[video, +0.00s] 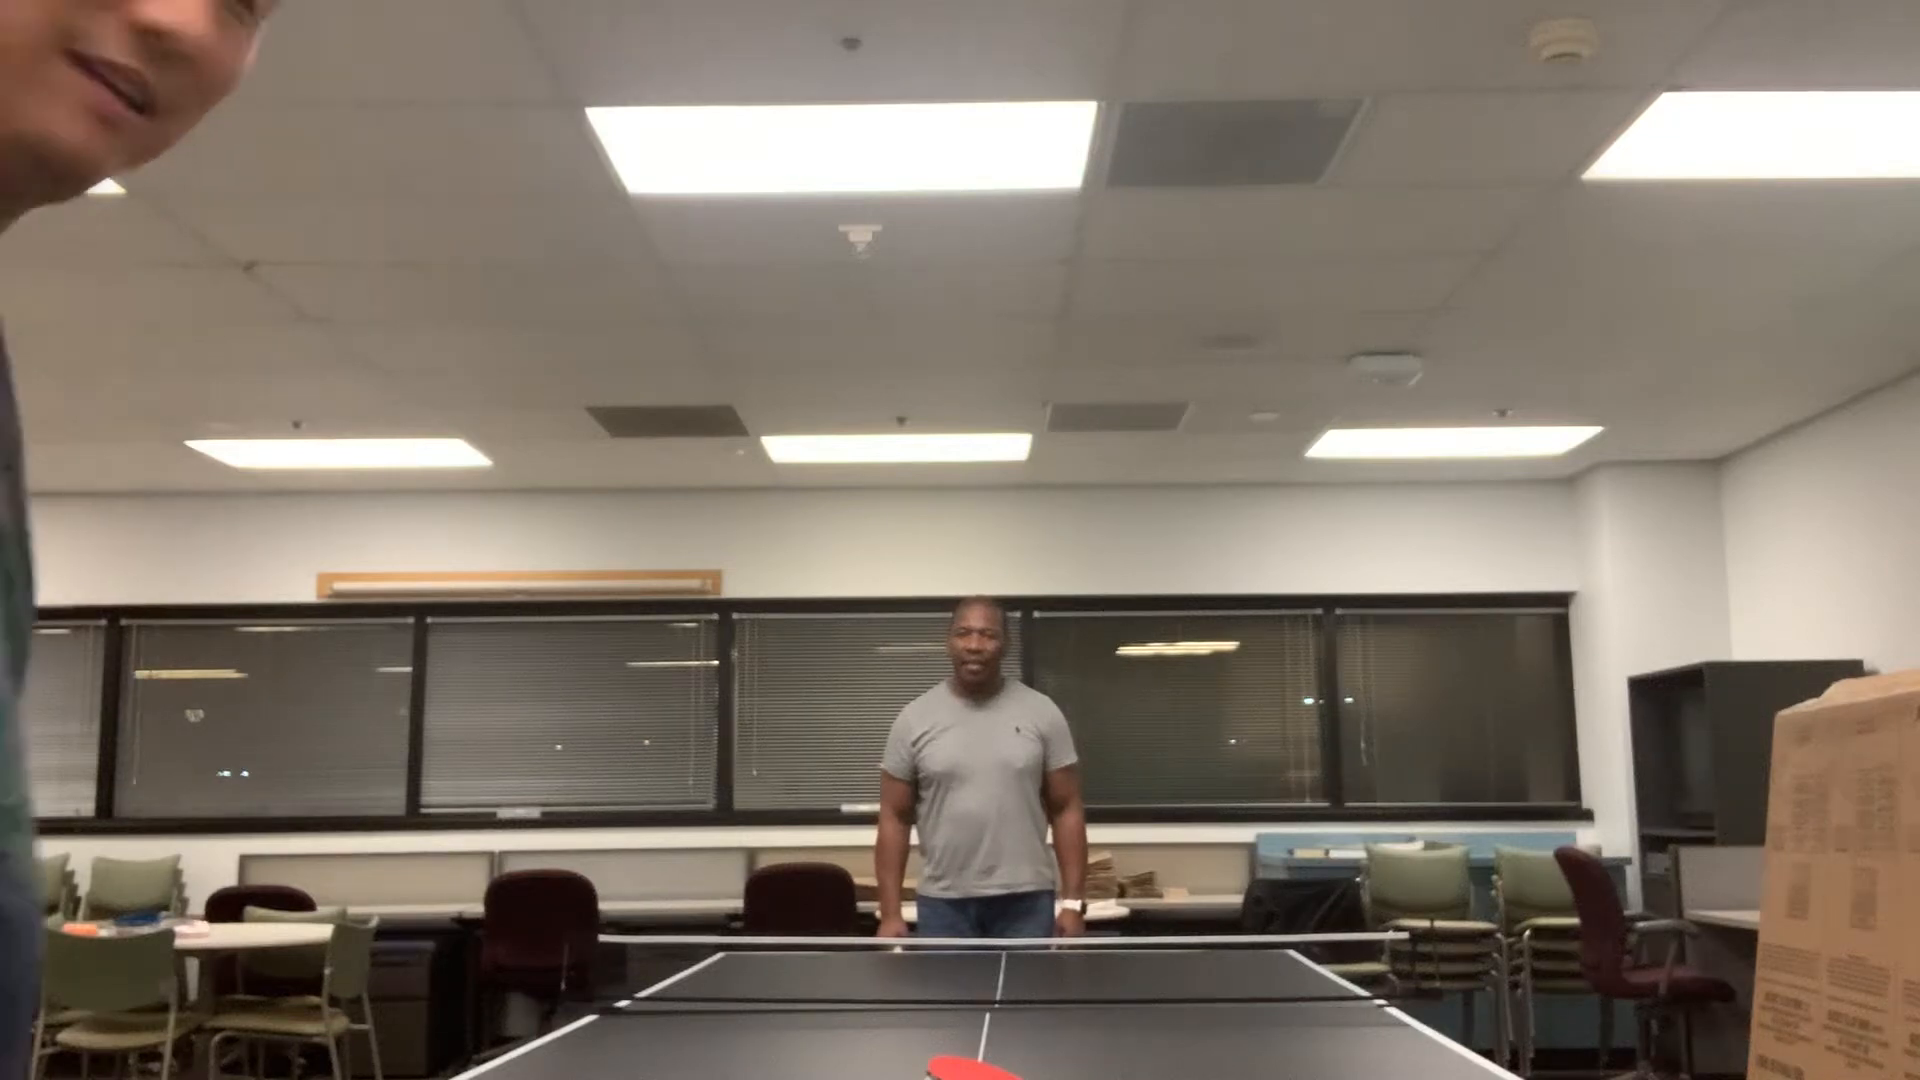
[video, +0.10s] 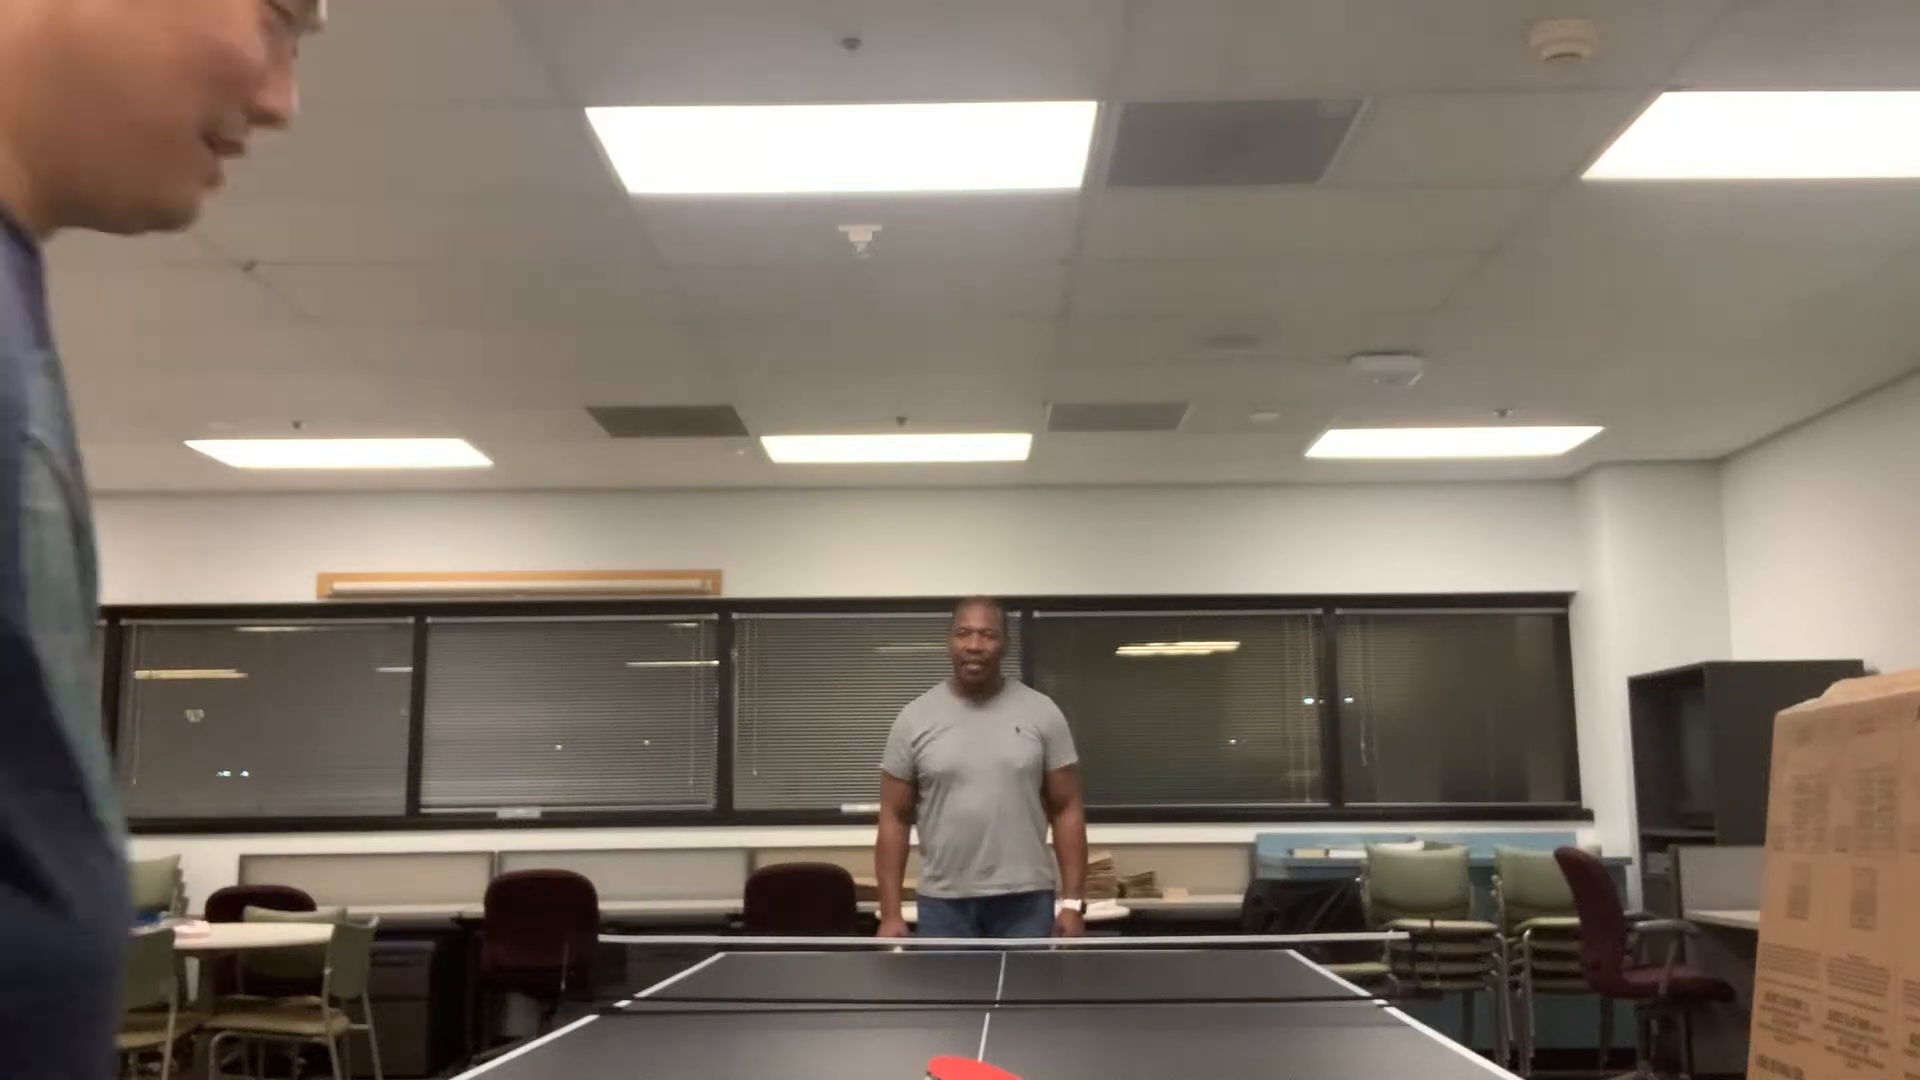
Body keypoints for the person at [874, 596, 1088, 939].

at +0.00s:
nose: (974, 645)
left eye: (988, 635)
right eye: (964, 633)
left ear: (1004, 644)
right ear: (948, 642)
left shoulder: (1041, 713)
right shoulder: (914, 720)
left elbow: (1066, 807)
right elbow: (894, 817)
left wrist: (1072, 903)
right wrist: (890, 914)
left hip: (1026, 902)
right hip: (944, 904)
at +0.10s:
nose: (974, 645)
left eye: (987, 635)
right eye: (964, 633)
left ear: (1004, 644)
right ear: (949, 641)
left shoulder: (1041, 713)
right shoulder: (914, 720)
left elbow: (1066, 807)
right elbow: (894, 817)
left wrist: (1072, 904)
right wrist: (890, 914)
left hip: (1026, 902)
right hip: (944, 904)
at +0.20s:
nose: (974, 646)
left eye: (987, 635)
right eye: (964, 633)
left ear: (1004, 644)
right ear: (949, 641)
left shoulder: (1041, 713)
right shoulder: (914, 720)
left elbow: (1066, 807)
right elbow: (894, 817)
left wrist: (1072, 903)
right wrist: (890, 914)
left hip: (1026, 902)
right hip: (944, 903)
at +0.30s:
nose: (974, 646)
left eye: (987, 635)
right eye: (964, 633)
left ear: (1004, 644)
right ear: (949, 642)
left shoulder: (1041, 713)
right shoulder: (914, 720)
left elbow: (1066, 807)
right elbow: (894, 817)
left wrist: (1073, 903)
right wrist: (890, 913)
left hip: (1026, 902)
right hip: (944, 903)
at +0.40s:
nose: (974, 646)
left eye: (987, 635)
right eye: (964, 633)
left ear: (1004, 644)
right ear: (949, 642)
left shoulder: (1041, 713)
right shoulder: (914, 720)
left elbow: (1067, 807)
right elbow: (894, 817)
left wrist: (1073, 903)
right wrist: (889, 913)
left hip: (1026, 902)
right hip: (944, 903)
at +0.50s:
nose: (974, 646)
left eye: (987, 635)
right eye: (964, 633)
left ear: (1004, 644)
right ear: (949, 642)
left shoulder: (1041, 713)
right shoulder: (914, 720)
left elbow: (1067, 807)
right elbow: (894, 817)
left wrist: (1073, 903)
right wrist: (890, 913)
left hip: (1026, 902)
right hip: (944, 903)